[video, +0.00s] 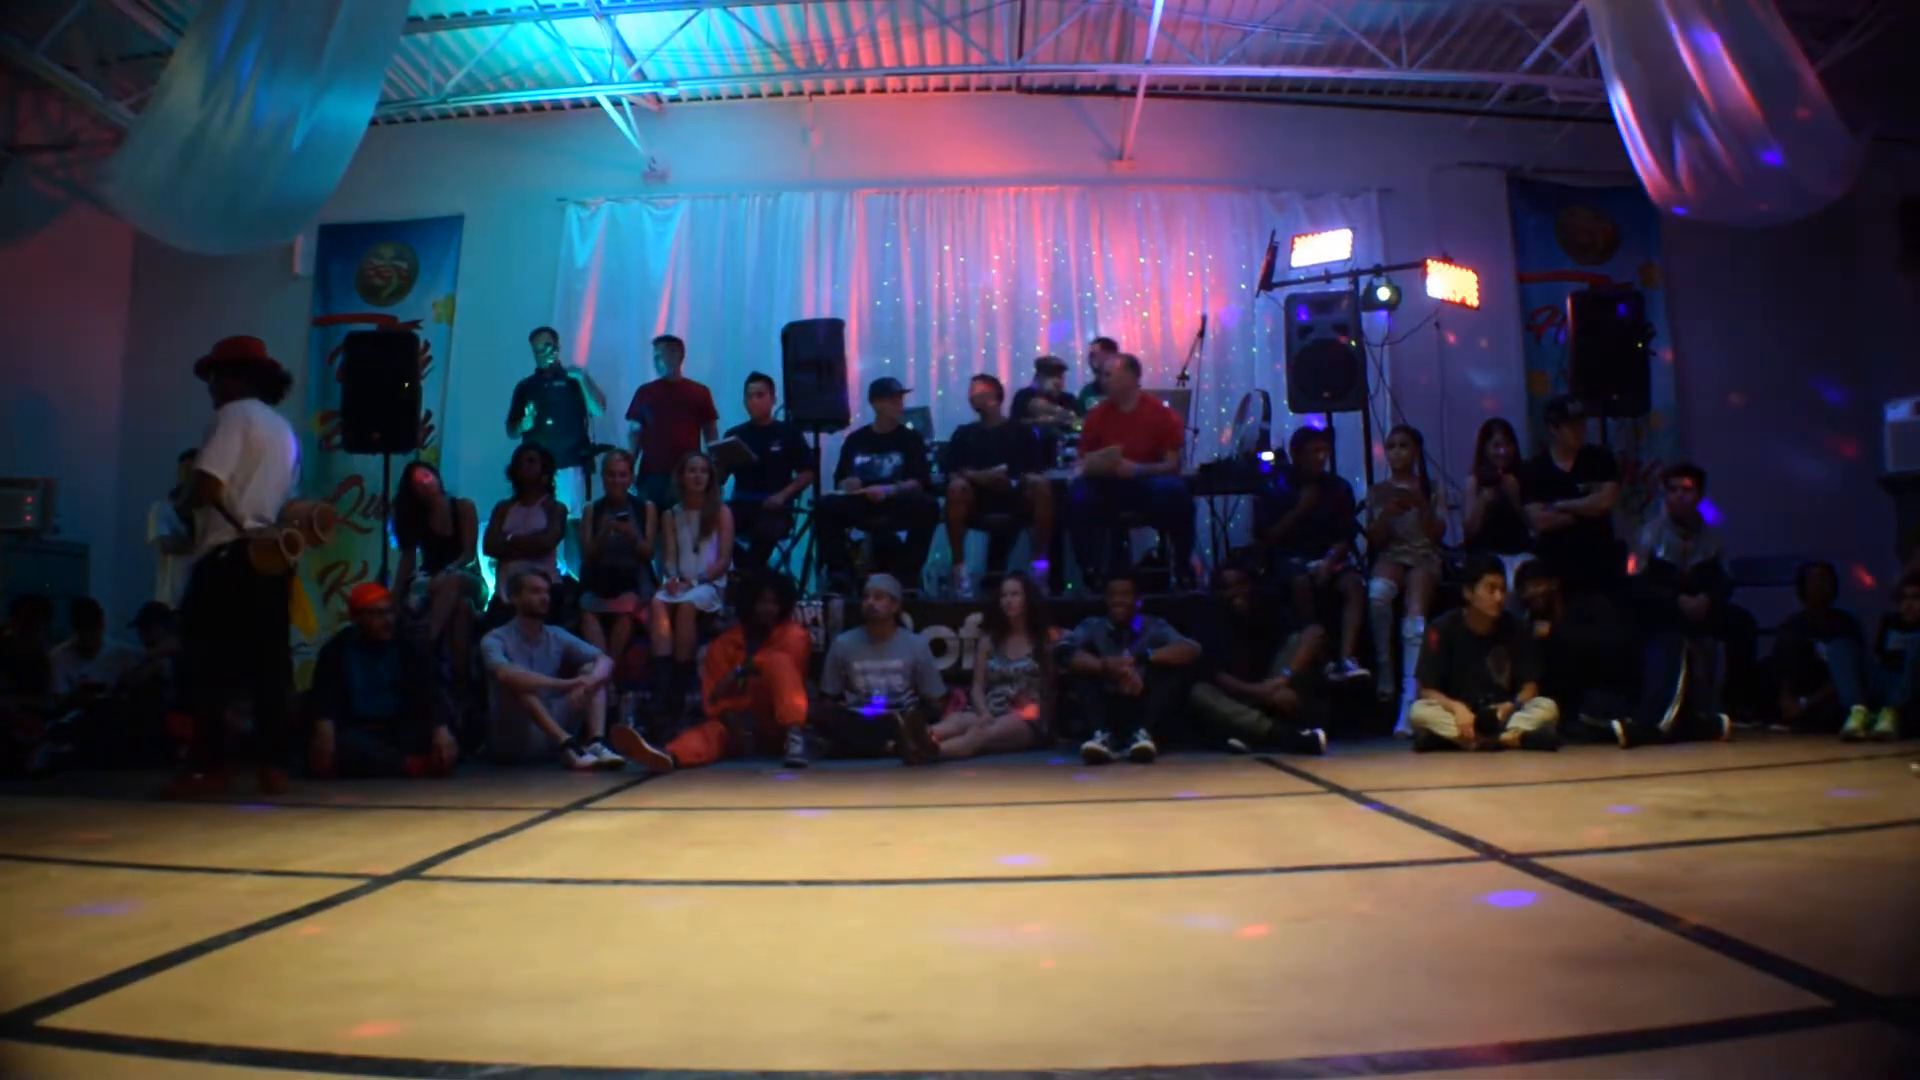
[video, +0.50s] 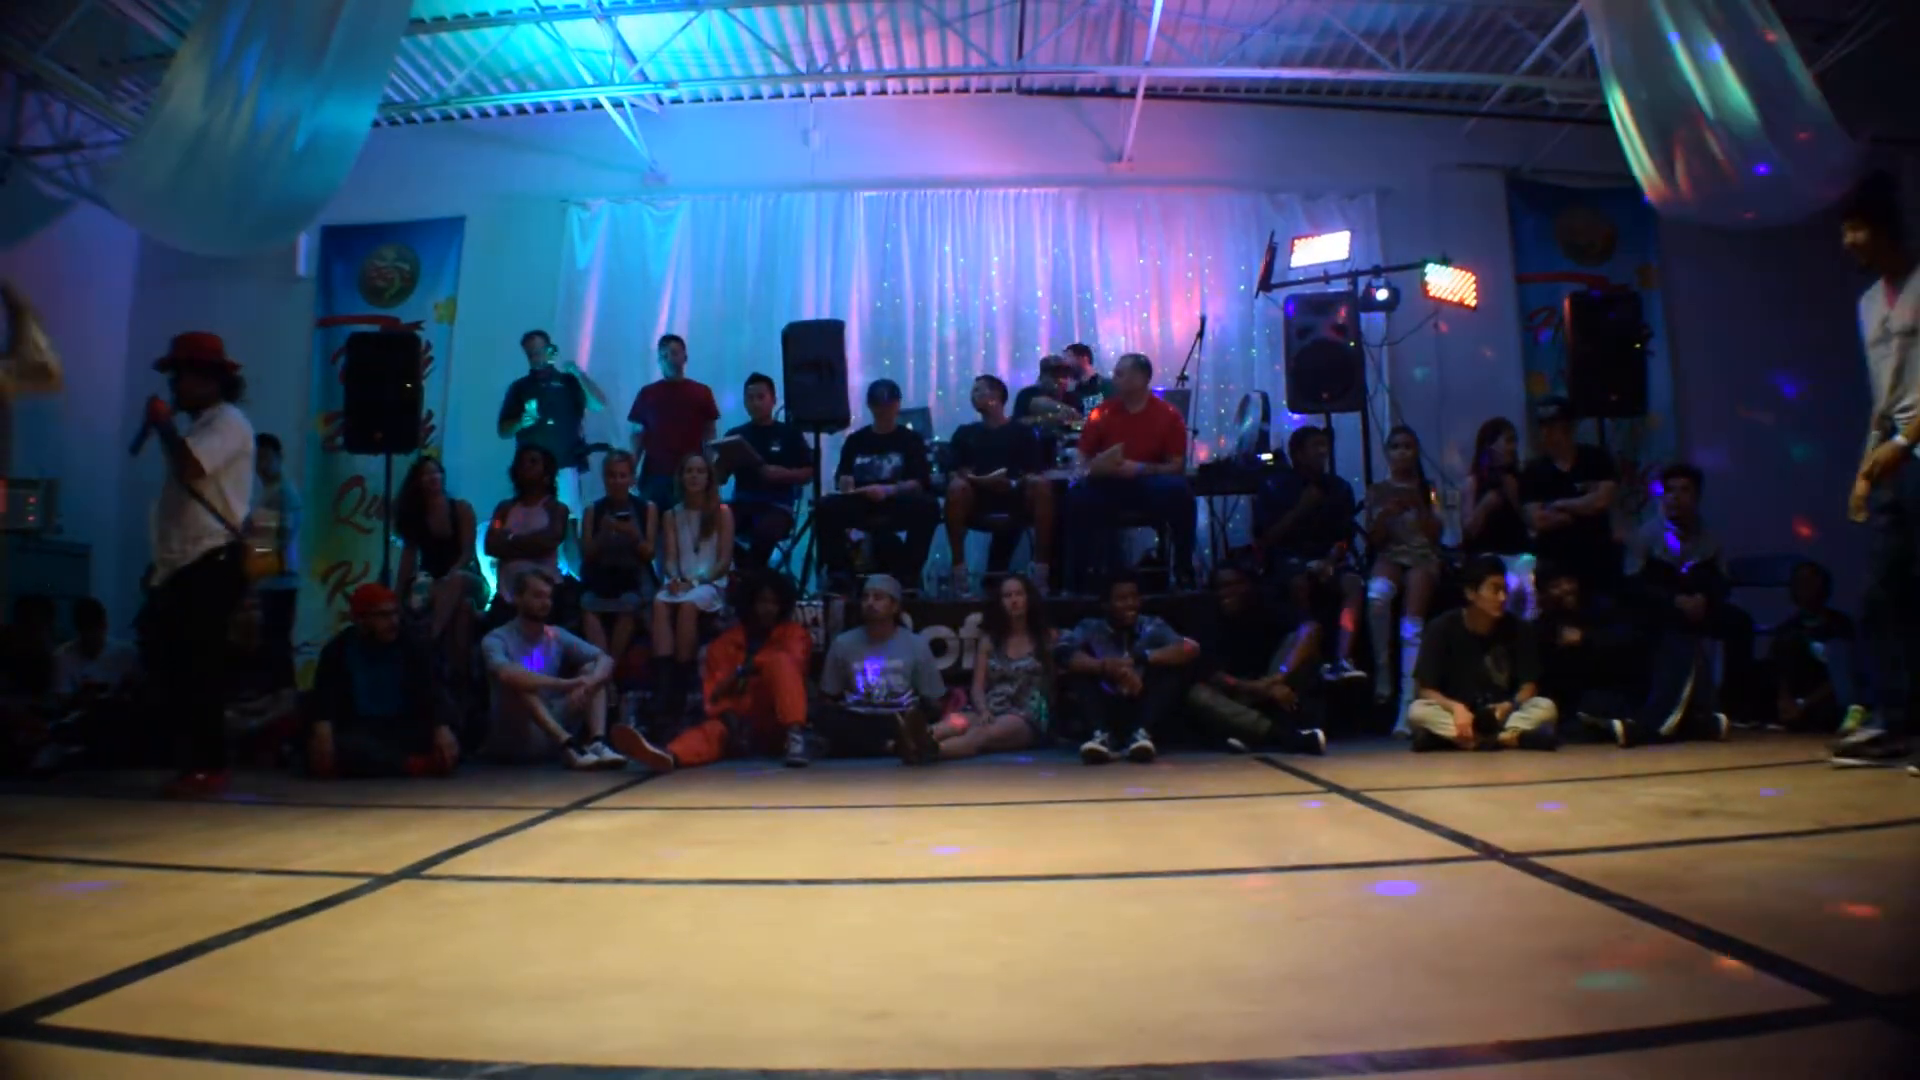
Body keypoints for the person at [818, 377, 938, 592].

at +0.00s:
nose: (900, 405)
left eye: (901, 400)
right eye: (893, 400)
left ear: (902, 401)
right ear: (876, 404)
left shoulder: (911, 439)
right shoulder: (855, 440)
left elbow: (921, 482)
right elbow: (840, 481)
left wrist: (888, 491)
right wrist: (849, 484)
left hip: (898, 502)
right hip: (861, 502)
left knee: (927, 508)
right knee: (826, 507)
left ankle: (908, 579)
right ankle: (839, 576)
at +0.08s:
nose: (898, 407)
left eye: (899, 401)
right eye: (892, 401)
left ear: (901, 402)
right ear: (876, 404)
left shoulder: (912, 439)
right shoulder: (855, 440)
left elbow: (921, 481)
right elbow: (840, 480)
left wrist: (888, 491)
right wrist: (850, 484)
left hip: (899, 502)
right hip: (861, 502)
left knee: (927, 508)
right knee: (827, 507)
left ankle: (908, 579)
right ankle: (840, 576)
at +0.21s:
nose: (891, 408)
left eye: (894, 402)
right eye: (885, 402)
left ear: (899, 404)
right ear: (873, 405)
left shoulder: (912, 440)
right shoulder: (856, 441)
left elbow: (921, 481)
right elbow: (841, 481)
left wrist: (888, 491)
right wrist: (853, 486)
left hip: (899, 502)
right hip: (862, 502)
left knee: (927, 507)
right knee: (827, 508)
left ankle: (908, 578)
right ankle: (840, 576)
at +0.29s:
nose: (890, 408)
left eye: (894, 402)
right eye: (884, 403)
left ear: (899, 405)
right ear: (873, 405)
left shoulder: (912, 440)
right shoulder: (856, 441)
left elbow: (921, 481)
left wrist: (889, 491)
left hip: (899, 502)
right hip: (863, 502)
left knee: (927, 508)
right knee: (827, 508)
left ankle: (908, 578)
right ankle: (840, 576)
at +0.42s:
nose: (886, 409)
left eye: (890, 403)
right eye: (880, 403)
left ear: (898, 405)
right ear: (871, 406)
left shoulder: (911, 440)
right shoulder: (855, 441)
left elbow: (921, 481)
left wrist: (888, 490)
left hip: (900, 501)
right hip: (863, 502)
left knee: (927, 508)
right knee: (827, 507)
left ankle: (907, 579)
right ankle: (839, 576)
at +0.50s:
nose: (885, 410)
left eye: (889, 404)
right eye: (879, 404)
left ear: (898, 406)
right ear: (871, 407)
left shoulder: (911, 440)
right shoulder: (855, 441)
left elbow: (921, 481)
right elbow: (844, 478)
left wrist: (888, 490)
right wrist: (853, 490)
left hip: (899, 501)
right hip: (862, 502)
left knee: (927, 508)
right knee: (827, 507)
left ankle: (908, 578)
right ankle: (839, 576)